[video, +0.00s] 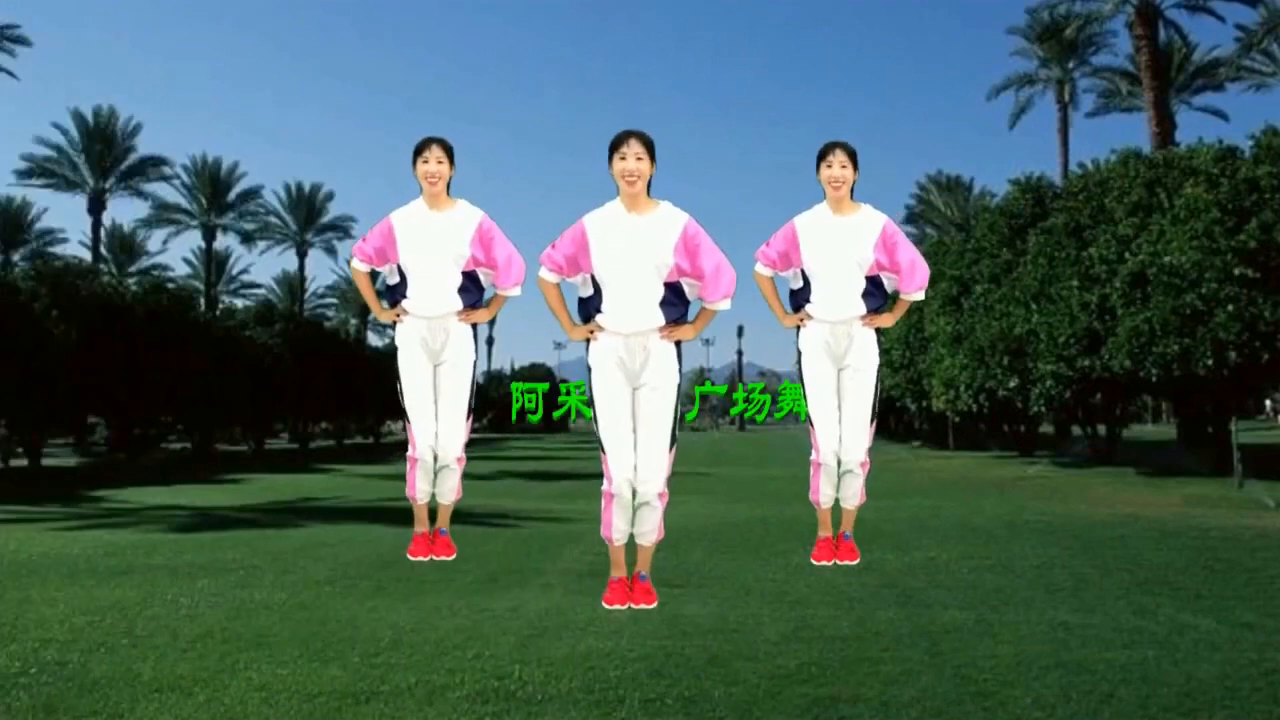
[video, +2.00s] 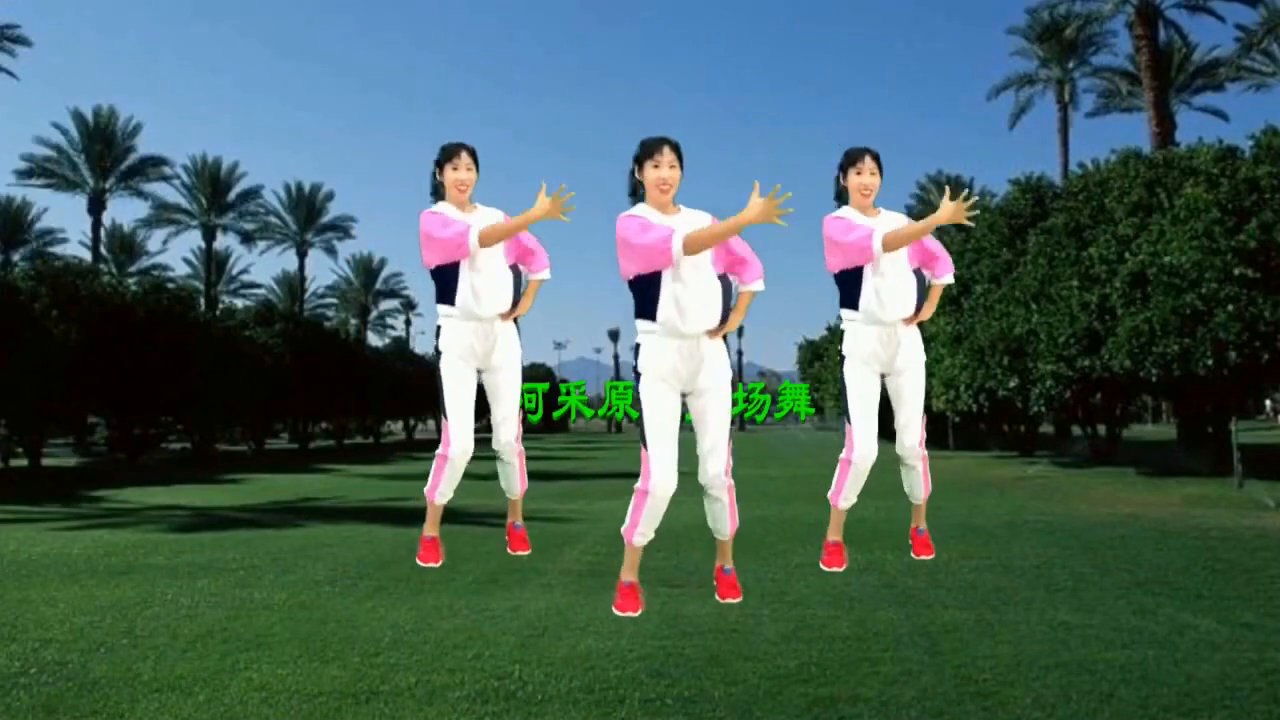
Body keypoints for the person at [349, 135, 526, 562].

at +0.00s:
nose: (433, 168)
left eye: (440, 161)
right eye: (425, 162)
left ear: (451, 169)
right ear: (415, 170)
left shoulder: (472, 218)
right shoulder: (400, 220)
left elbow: (513, 267)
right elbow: (358, 262)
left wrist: (489, 310)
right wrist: (379, 309)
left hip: (458, 330)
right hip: (413, 329)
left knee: (452, 432)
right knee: (421, 431)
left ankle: (443, 528)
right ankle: (421, 529)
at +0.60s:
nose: (431, 170)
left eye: (437, 164)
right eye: (423, 164)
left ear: (445, 174)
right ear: (408, 174)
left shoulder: (468, 215)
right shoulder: (397, 227)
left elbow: (509, 262)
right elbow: (364, 282)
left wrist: (491, 310)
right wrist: (386, 265)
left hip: (459, 330)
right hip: (415, 332)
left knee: (456, 431)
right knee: (419, 432)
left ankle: (459, 496)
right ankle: (416, 529)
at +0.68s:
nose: (433, 163)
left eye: (439, 157)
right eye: (425, 157)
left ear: (446, 165)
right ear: (409, 164)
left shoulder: (468, 203)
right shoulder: (397, 214)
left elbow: (512, 250)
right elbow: (366, 260)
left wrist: (496, 296)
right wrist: (391, 211)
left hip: (464, 320)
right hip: (420, 325)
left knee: (470, 426)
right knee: (422, 429)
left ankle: (479, 493)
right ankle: (415, 529)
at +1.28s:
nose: (444, 146)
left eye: (449, 139)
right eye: (435, 140)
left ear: (458, 144)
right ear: (421, 148)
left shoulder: (485, 178)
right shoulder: (418, 188)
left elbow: (528, 220)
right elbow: (410, 219)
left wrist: (513, 272)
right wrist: (415, 167)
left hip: (483, 292)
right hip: (439, 295)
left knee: (489, 417)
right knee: (435, 412)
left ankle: (482, 459)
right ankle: (425, 517)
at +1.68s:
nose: (454, 155)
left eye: (457, 147)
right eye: (444, 148)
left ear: (465, 153)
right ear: (428, 157)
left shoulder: (491, 196)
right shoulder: (420, 200)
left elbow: (527, 243)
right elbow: (456, 213)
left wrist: (512, 286)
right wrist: (450, 157)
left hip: (484, 304)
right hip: (440, 305)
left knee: (494, 425)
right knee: (436, 423)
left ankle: (492, 489)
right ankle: (427, 525)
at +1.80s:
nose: (457, 159)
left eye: (464, 153)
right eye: (449, 152)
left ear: (473, 160)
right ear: (434, 159)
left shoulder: (495, 198)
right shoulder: (426, 201)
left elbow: (532, 243)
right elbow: (472, 209)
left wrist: (521, 283)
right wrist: (502, 162)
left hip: (497, 304)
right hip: (454, 307)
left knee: (507, 421)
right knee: (451, 427)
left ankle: (517, 517)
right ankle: (431, 527)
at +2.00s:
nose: (463, 175)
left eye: (469, 169)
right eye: (455, 168)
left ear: (477, 176)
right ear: (440, 176)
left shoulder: (497, 218)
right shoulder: (433, 219)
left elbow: (539, 262)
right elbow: (478, 239)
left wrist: (521, 307)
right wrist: (534, 216)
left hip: (501, 333)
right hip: (457, 334)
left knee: (507, 437)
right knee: (458, 443)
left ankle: (516, 521)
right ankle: (431, 531)